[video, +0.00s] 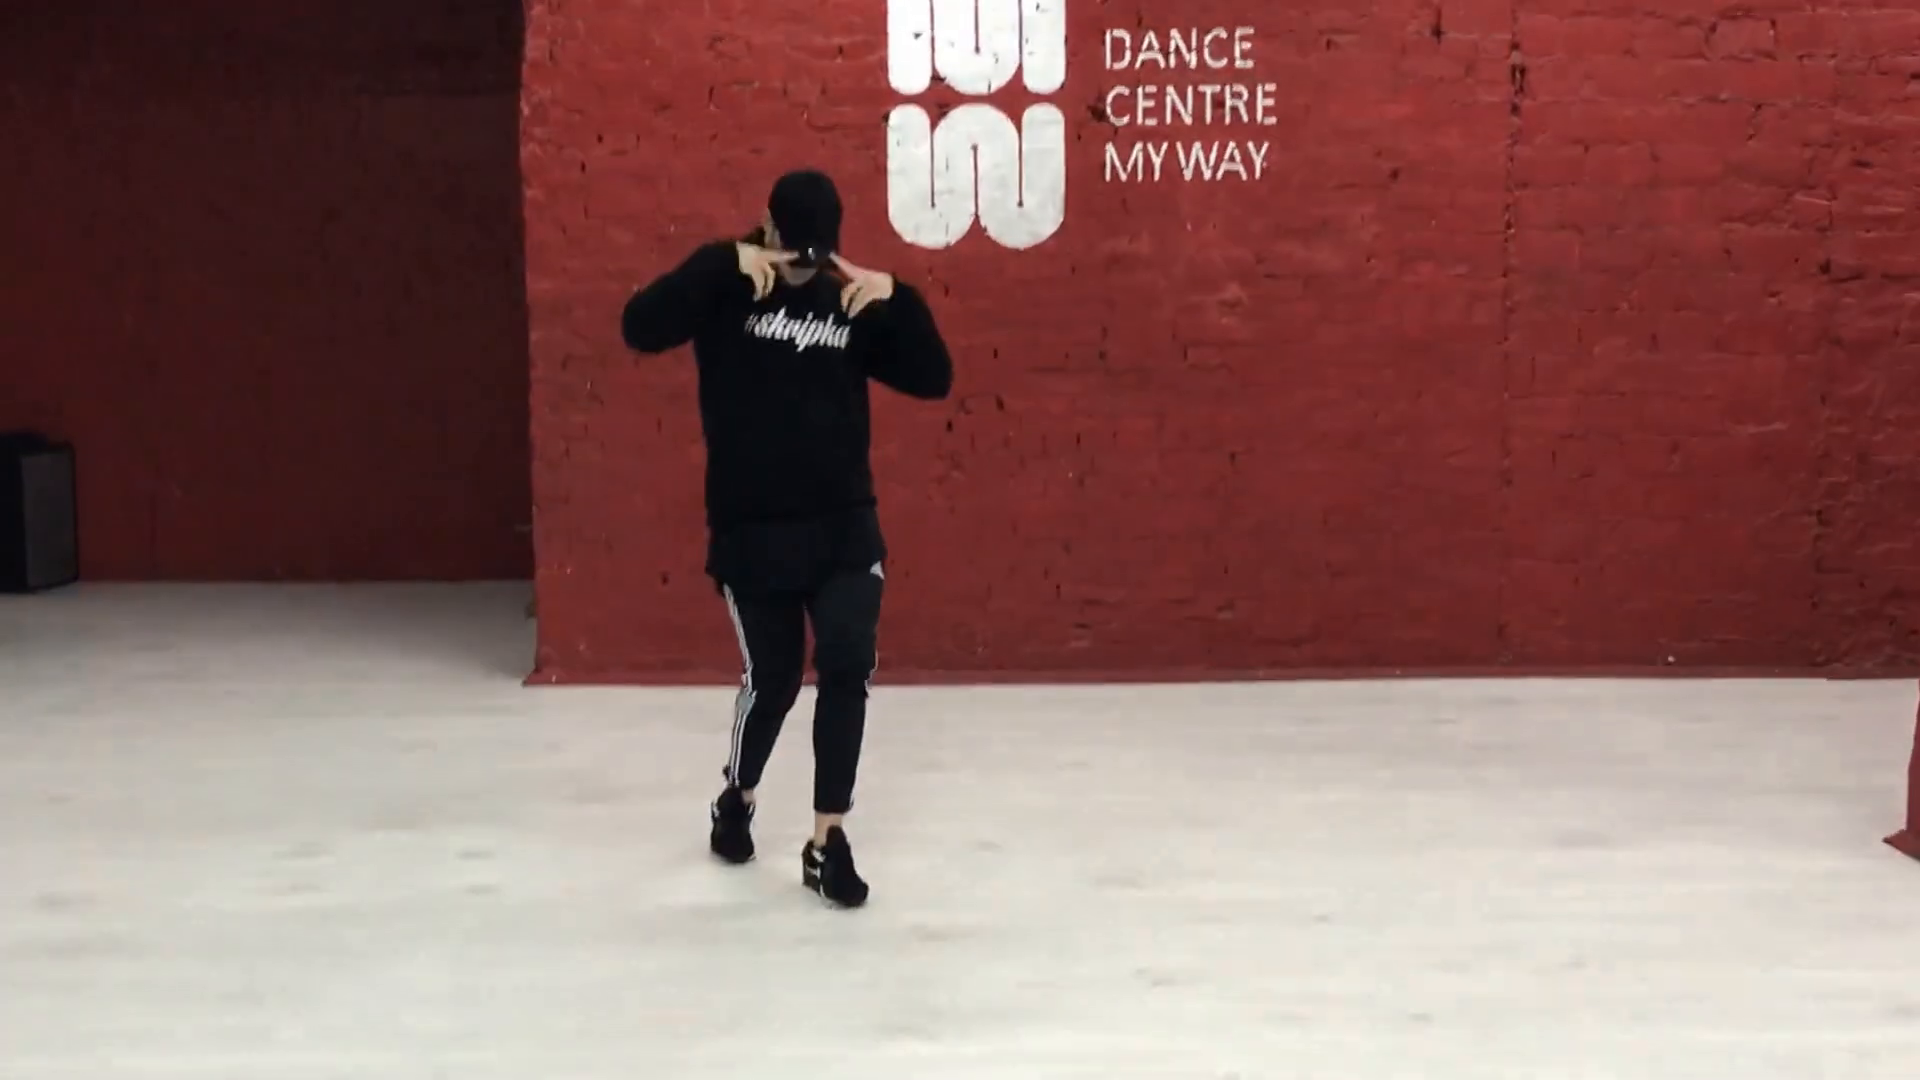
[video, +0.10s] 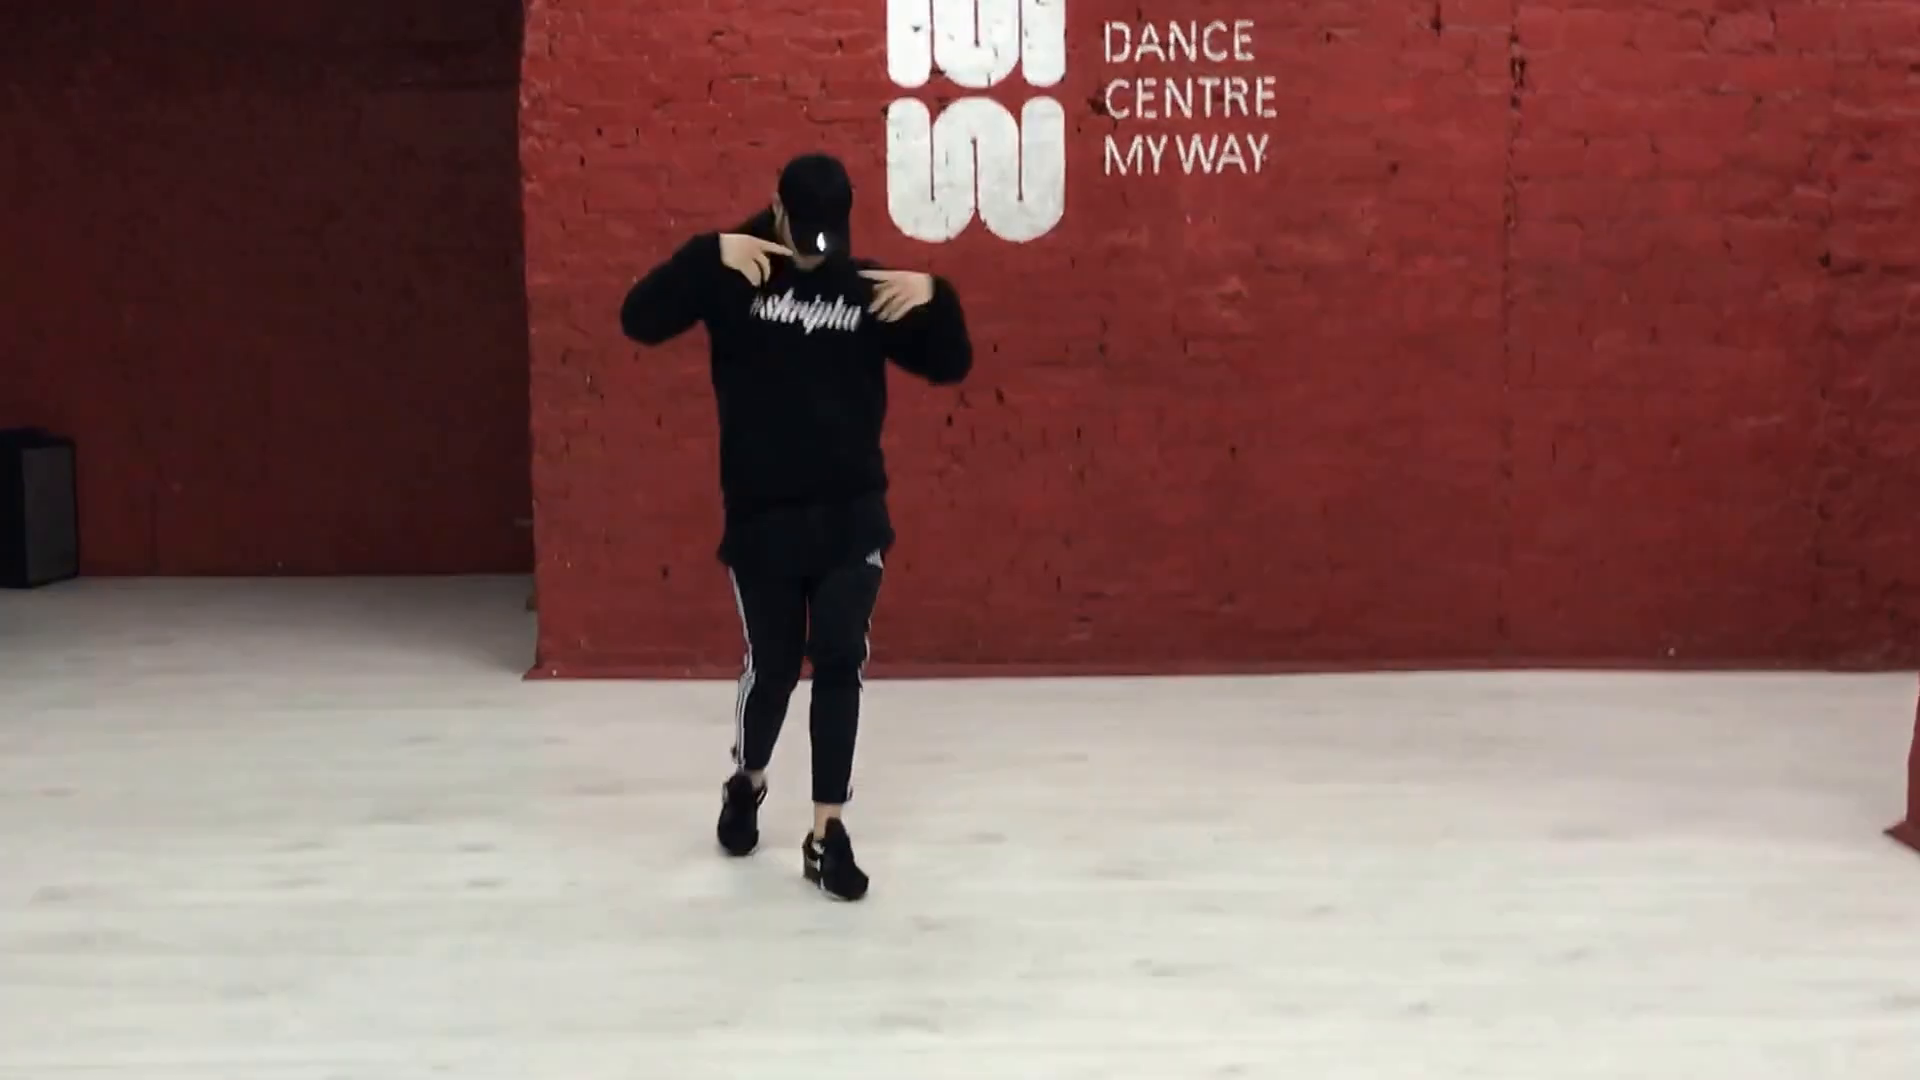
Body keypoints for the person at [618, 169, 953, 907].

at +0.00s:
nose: (802, 267)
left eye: (817, 256)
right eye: (793, 253)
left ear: (837, 247)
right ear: (768, 234)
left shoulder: (854, 304)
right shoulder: (722, 288)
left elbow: (932, 380)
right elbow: (640, 327)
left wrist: (895, 299)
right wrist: (725, 262)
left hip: (842, 522)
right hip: (752, 524)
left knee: (848, 674)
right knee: (774, 679)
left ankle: (828, 838)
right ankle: (736, 800)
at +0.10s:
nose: (817, 255)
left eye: (830, 243)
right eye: (806, 242)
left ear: (849, 228)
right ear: (778, 220)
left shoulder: (868, 285)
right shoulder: (728, 274)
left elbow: (948, 365)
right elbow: (640, 320)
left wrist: (937, 295)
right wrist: (711, 253)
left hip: (852, 510)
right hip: (764, 510)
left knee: (842, 665)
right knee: (775, 666)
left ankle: (827, 829)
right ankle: (747, 782)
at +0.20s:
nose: (822, 238)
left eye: (835, 227)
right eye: (811, 224)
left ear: (854, 210)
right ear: (785, 199)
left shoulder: (876, 263)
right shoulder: (739, 247)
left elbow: (962, 319)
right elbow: (639, 293)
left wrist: (982, 310)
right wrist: (676, 274)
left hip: (852, 496)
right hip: (763, 494)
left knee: (837, 657)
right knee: (776, 651)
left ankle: (828, 820)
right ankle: (766, 765)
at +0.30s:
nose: (829, 246)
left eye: (841, 234)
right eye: (818, 232)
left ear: (858, 217)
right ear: (789, 211)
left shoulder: (882, 267)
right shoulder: (746, 254)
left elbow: (955, 296)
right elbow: (682, 276)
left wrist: (1015, 320)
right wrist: (646, 295)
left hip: (856, 496)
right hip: (765, 494)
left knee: (847, 653)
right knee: (776, 660)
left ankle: (829, 816)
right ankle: (781, 752)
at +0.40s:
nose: (827, 250)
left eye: (839, 238)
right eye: (815, 236)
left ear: (857, 223)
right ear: (791, 216)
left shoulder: (884, 279)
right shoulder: (752, 263)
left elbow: (956, 325)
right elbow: (691, 304)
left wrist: (1037, 359)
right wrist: (633, 341)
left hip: (859, 501)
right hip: (766, 499)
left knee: (849, 651)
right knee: (775, 662)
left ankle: (828, 810)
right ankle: (794, 740)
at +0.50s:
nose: (823, 227)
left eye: (834, 215)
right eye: (811, 214)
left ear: (854, 199)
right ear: (789, 194)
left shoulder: (887, 264)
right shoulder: (748, 247)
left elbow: (949, 355)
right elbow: (692, 334)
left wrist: (998, 442)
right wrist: (657, 419)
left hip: (858, 487)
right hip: (766, 485)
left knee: (840, 633)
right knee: (779, 647)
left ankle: (827, 801)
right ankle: (813, 722)